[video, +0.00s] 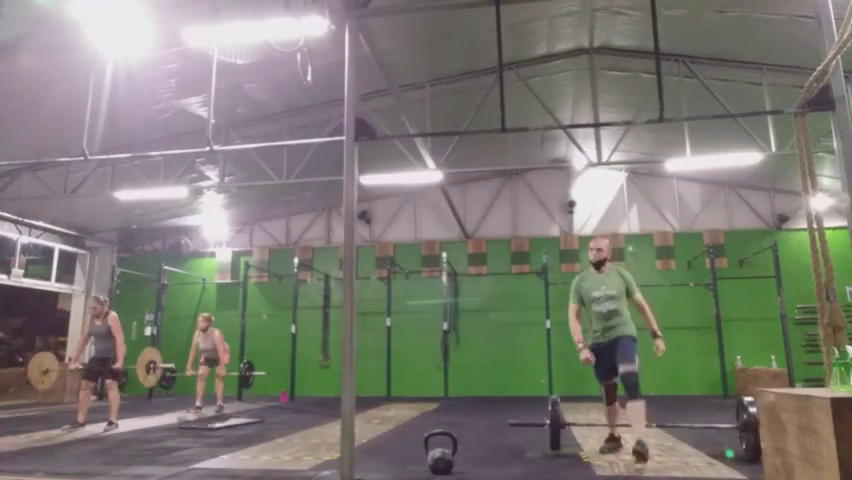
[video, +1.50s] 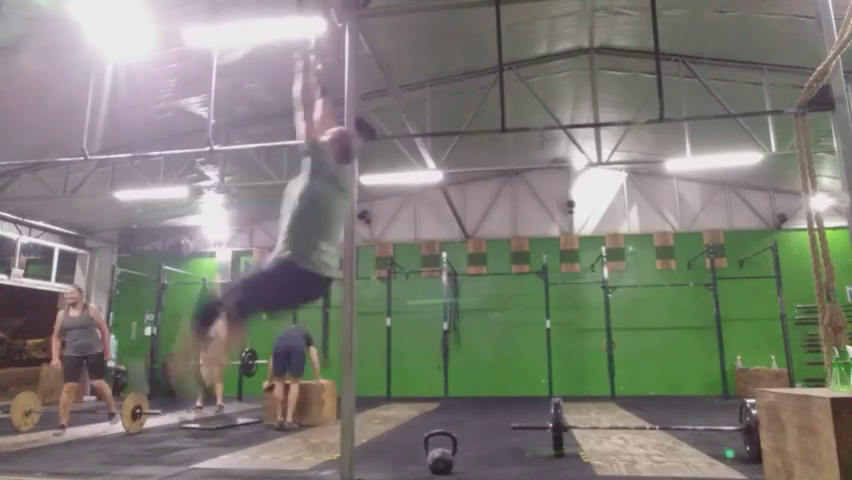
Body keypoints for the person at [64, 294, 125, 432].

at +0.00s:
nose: (93, 311)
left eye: (96, 308)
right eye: (92, 308)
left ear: (104, 307)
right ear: (91, 308)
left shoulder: (111, 317)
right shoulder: (91, 319)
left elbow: (119, 339)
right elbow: (84, 339)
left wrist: (120, 361)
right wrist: (74, 358)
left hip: (111, 358)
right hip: (96, 358)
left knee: (111, 384)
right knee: (85, 385)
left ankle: (112, 420)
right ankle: (80, 420)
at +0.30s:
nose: (79, 351)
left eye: (81, 348)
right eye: (78, 348)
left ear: (89, 345)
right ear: (76, 347)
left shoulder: (102, 349)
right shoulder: (80, 352)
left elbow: (109, 374)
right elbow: (73, 373)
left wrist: (111, 399)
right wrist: (62, 397)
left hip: (118, 369)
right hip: (99, 369)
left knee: (105, 388)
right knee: (77, 388)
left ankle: (112, 421)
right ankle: (80, 420)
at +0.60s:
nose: (82, 329)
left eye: (84, 326)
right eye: (80, 326)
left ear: (91, 323)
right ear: (81, 325)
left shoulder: (102, 329)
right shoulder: (84, 333)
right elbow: (75, 355)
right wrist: (66, 376)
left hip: (114, 356)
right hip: (100, 357)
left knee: (112, 387)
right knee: (84, 384)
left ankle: (112, 420)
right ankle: (80, 420)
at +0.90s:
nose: (70, 356)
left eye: (71, 353)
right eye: (69, 354)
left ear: (78, 349)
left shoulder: (95, 349)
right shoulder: (71, 352)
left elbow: (103, 377)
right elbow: (67, 377)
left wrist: (104, 403)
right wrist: (59, 400)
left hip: (117, 359)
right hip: (97, 360)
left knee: (108, 385)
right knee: (80, 385)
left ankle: (112, 421)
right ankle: (80, 421)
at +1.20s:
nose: (111, 302)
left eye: (114, 299)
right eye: (109, 299)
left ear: (122, 301)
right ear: (106, 301)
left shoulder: (128, 314)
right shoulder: (104, 314)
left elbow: (138, 334)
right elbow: (98, 334)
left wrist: (136, 356)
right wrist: (92, 352)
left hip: (120, 353)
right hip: (102, 351)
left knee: (111, 386)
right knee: (84, 381)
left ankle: (112, 420)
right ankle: (79, 408)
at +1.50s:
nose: (69, 296)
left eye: (72, 293)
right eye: (67, 293)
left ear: (80, 295)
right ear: (65, 297)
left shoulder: (92, 310)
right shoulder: (62, 314)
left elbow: (104, 329)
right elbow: (56, 336)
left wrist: (106, 350)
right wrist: (55, 357)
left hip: (93, 353)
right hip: (72, 354)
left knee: (98, 383)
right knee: (68, 387)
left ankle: (112, 411)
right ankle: (63, 423)